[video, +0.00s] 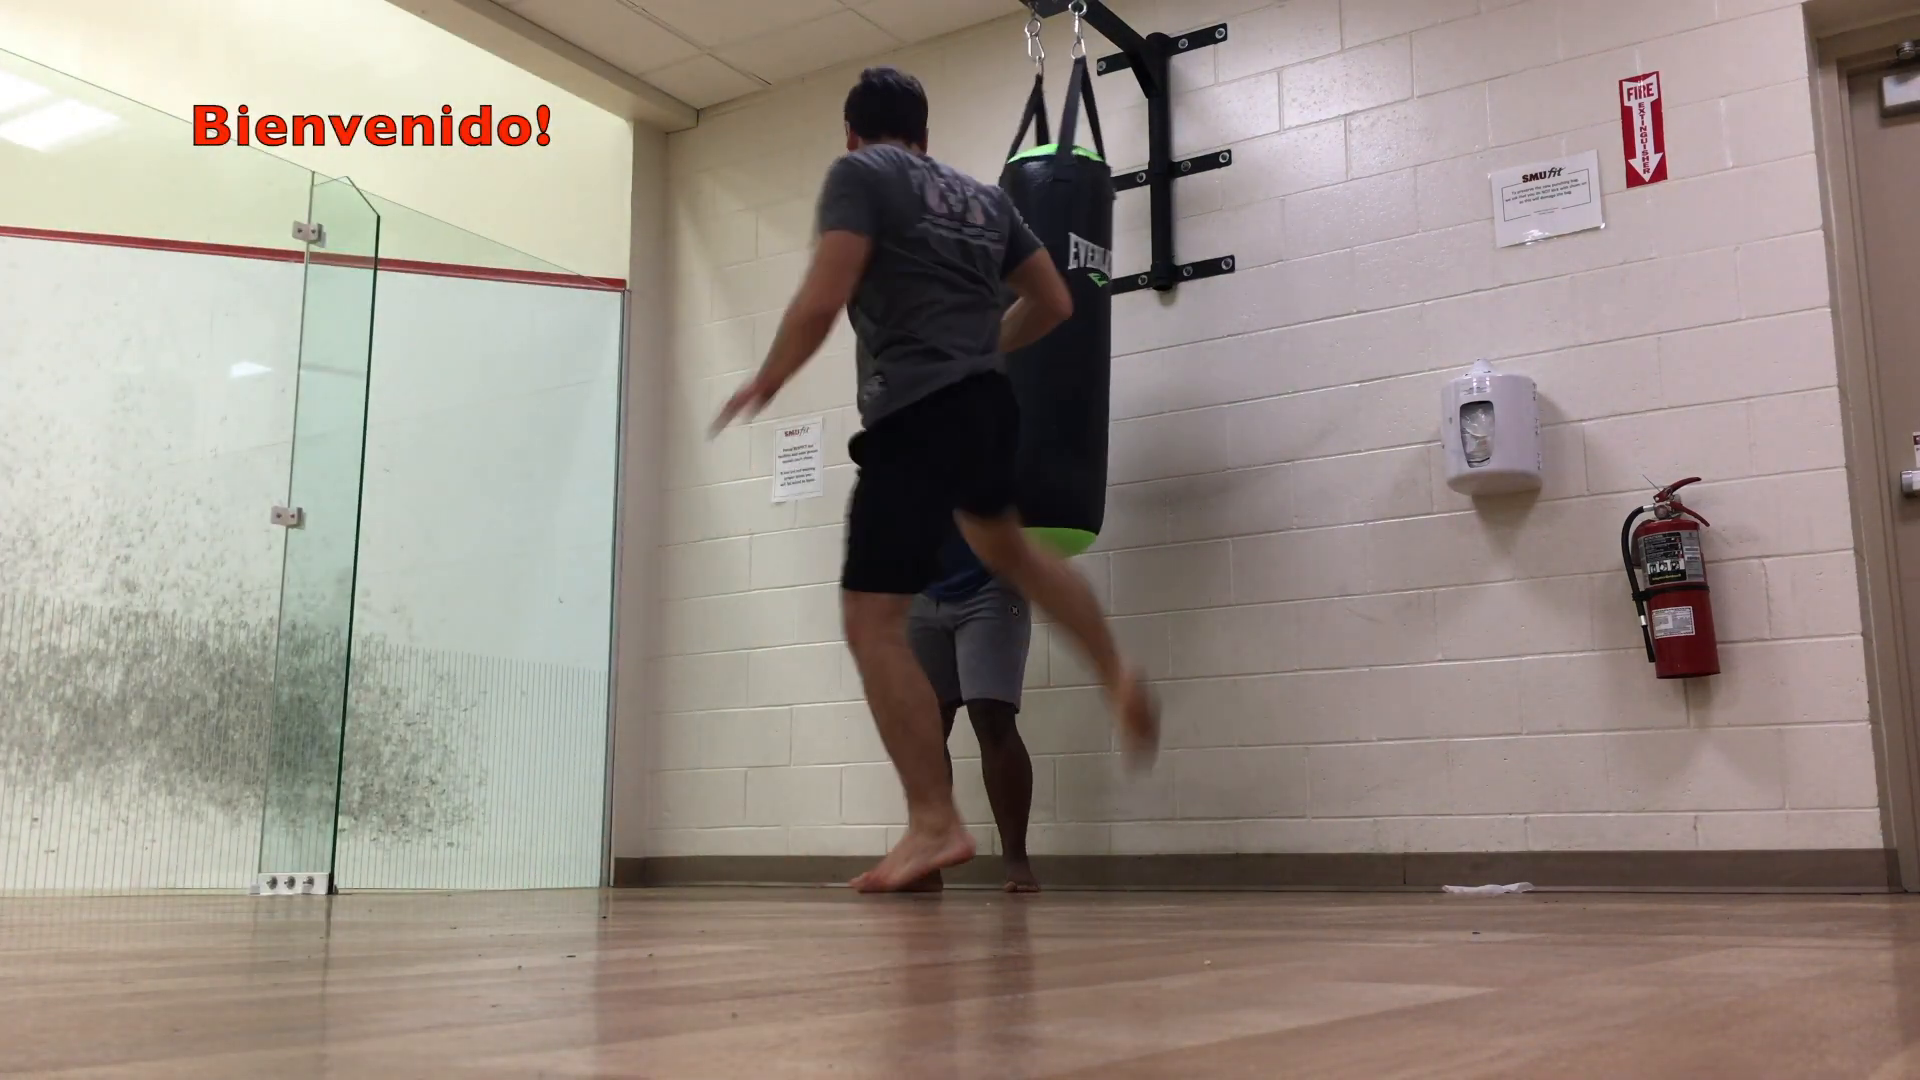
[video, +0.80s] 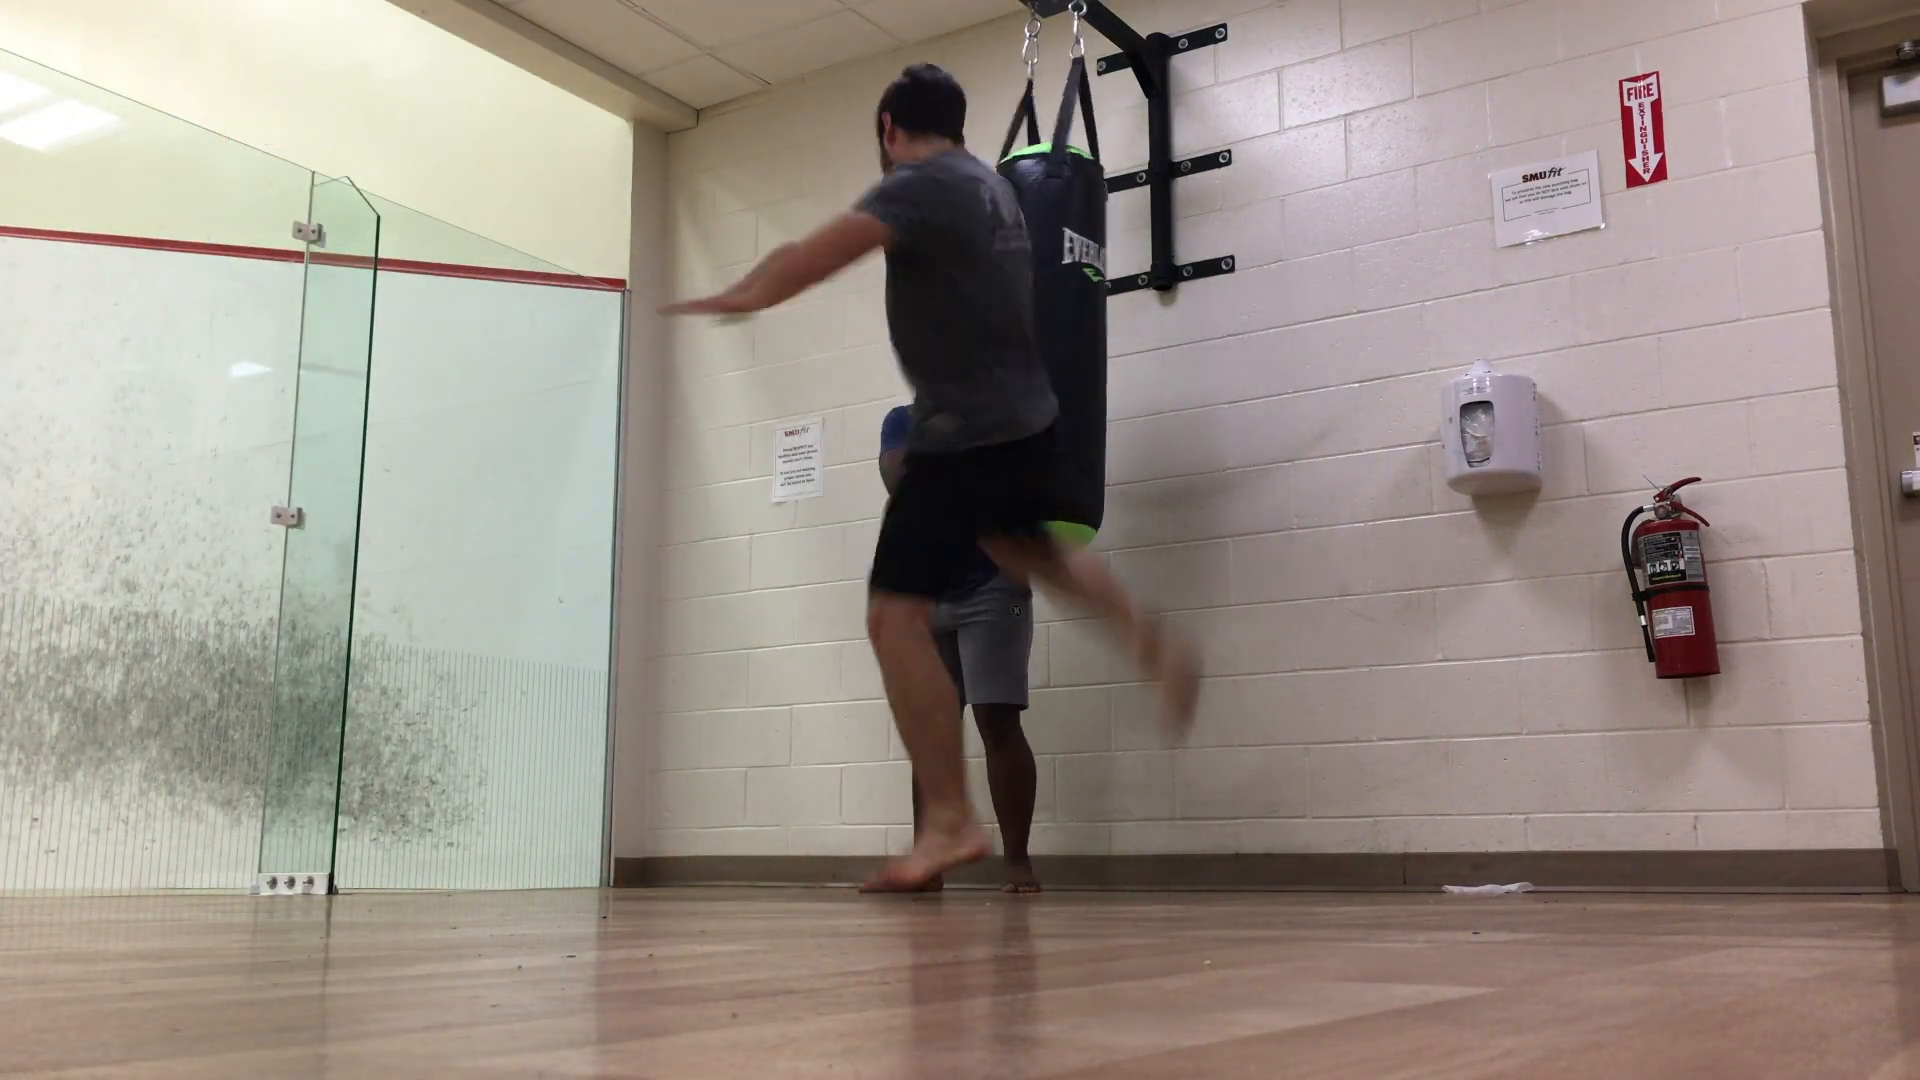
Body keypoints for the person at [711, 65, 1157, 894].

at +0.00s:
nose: (847, 148)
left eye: (846, 138)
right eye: (858, 140)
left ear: (852, 135)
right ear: (922, 131)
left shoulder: (861, 171)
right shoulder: (984, 197)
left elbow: (823, 299)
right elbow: (1051, 303)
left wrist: (765, 382)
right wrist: (980, 346)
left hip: (913, 422)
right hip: (988, 407)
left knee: (873, 622)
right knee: (1005, 545)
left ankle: (934, 824)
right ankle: (1120, 678)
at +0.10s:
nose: (861, 173)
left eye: (859, 162)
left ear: (865, 162)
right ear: (938, 157)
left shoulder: (885, 213)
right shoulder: (986, 224)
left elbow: (868, 280)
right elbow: (1015, 331)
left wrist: (770, 375)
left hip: (907, 462)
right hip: (999, 456)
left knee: (859, 656)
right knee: (1046, 650)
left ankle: (949, 841)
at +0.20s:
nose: (869, 181)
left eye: (867, 170)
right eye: (876, 174)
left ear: (874, 170)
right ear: (947, 166)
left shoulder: (902, 219)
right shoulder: (981, 232)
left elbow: (871, 271)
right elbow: (923, 310)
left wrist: (743, 317)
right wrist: (835, 287)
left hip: (913, 489)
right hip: (1001, 478)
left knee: (887, 665)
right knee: (1055, 646)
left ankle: (955, 851)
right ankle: (1122, 785)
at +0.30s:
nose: (866, 149)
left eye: (866, 137)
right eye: (870, 137)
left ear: (879, 131)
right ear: (941, 131)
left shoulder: (894, 194)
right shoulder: (968, 192)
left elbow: (800, 292)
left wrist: (760, 308)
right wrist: (818, 273)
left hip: (945, 444)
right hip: (988, 428)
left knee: (900, 627)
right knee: (992, 501)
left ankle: (951, 842)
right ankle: (1121, 567)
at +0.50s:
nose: (865, 138)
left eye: (864, 127)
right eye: (870, 128)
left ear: (874, 126)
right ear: (945, 124)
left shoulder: (876, 179)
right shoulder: (1004, 191)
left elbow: (820, 311)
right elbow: (1093, 273)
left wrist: (851, 262)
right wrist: (1101, 314)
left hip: (932, 421)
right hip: (1016, 409)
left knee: (901, 623)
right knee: (1027, 496)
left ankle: (957, 830)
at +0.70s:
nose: (886, 181)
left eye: (883, 170)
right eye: (889, 171)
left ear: (890, 168)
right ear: (962, 164)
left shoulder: (921, 226)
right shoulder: (1007, 227)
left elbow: (887, 281)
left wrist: (745, 296)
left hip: (945, 484)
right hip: (1032, 475)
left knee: (918, 666)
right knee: (1089, 654)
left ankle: (982, 855)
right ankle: (1149, 836)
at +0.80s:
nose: (883, 149)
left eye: (881, 137)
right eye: (885, 139)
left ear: (894, 129)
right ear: (958, 127)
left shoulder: (919, 189)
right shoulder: (995, 187)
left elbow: (811, 258)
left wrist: (744, 294)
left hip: (963, 436)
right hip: (1027, 424)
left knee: (896, 616)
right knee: (1013, 541)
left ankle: (949, 821)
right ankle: (1156, 648)